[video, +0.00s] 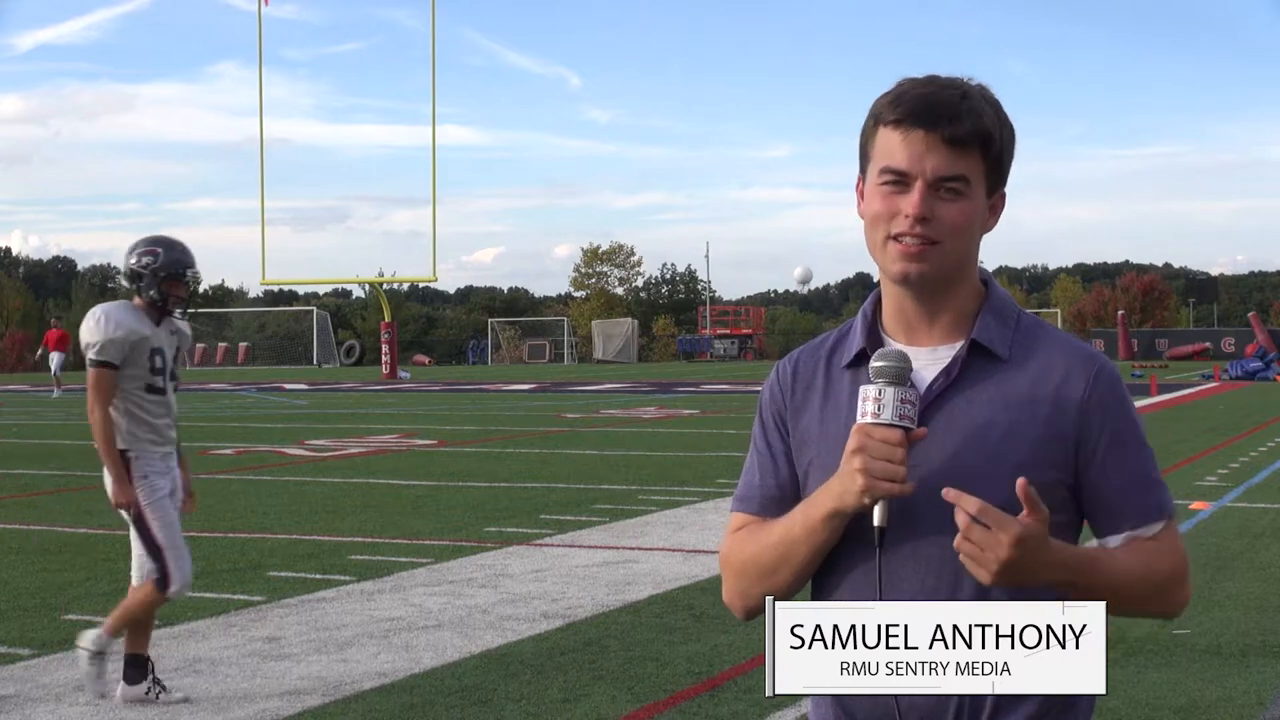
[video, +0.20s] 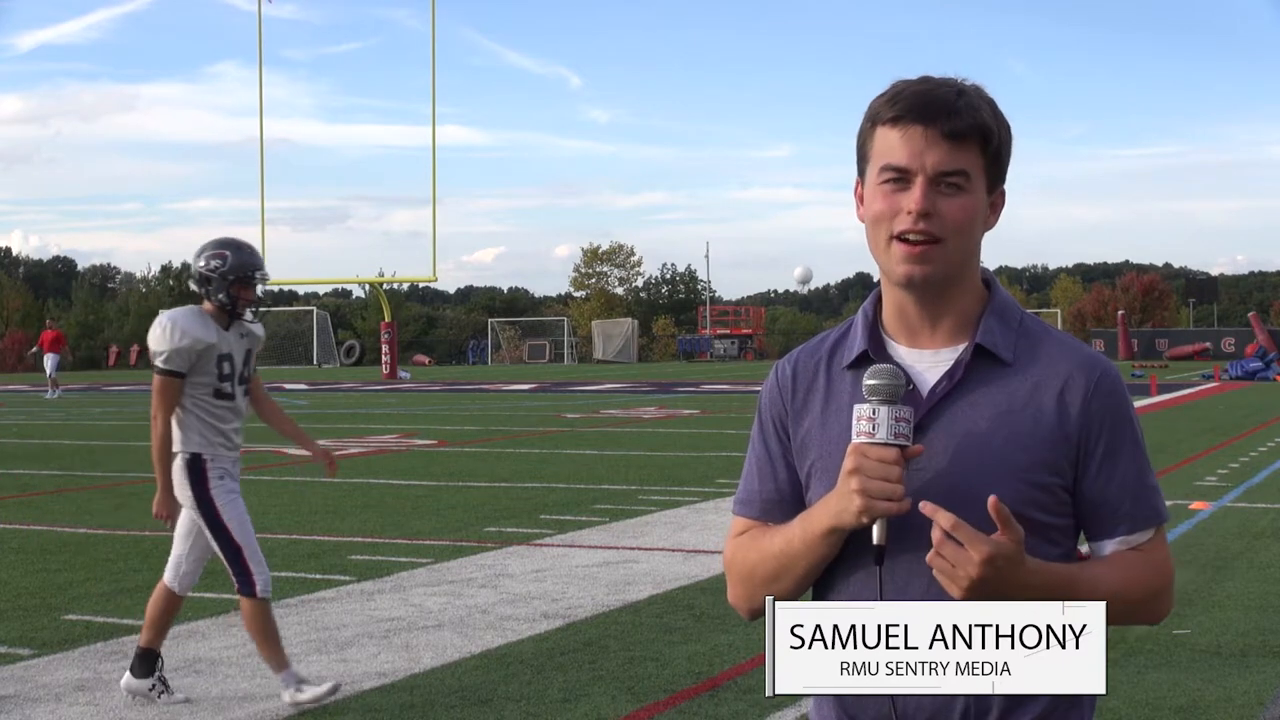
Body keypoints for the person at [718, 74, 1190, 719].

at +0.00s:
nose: (914, 211)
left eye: (949, 188)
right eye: (893, 182)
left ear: (993, 208)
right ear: (861, 196)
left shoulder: (1076, 381)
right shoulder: (798, 382)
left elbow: (1167, 581)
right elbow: (740, 587)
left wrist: (1053, 564)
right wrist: (837, 496)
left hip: (1022, 708)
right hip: (845, 707)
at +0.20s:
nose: (918, 205)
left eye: (950, 182)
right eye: (895, 180)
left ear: (992, 207)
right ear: (862, 202)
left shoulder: (1078, 385)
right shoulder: (796, 383)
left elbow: (1151, 584)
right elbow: (745, 587)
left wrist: (1027, 581)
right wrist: (835, 511)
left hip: (1025, 708)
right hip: (847, 708)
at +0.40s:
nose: (915, 206)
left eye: (948, 183)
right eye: (892, 180)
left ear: (991, 204)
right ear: (859, 200)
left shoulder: (1078, 382)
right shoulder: (796, 383)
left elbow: (1158, 581)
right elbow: (745, 587)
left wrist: (1032, 577)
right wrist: (830, 515)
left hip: (1027, 708)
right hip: (848, 708)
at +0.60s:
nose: (913, 208)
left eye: (945, 183)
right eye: (889, 182)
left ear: (988, 204)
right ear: (856, 201)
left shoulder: (1078, 382)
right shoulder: (796, 384)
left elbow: (1154, 581)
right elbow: (745, 588)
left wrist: (1030, 575)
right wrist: (829, 514)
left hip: (1028, 707)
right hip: (849, 708)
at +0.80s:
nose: (910, 208)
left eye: (942, 185)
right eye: (887, 182)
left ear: (987, 205)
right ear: (855, 201)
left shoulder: (1077, 381)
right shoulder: (794, 385)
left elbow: (1154, 580)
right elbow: (744, 589)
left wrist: (1032, 577)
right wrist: (827, 518)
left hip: (1028, 707)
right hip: (849, 708)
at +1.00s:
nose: (910, 208)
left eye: (942, 184)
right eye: (887, 182)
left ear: (986, 204)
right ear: (855, 202)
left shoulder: (1077, 381)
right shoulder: (795, 384)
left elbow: (1150, 591)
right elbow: (741, 590)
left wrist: (1041, 548)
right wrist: (818, 508)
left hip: (1029, 707)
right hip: (850, 707)